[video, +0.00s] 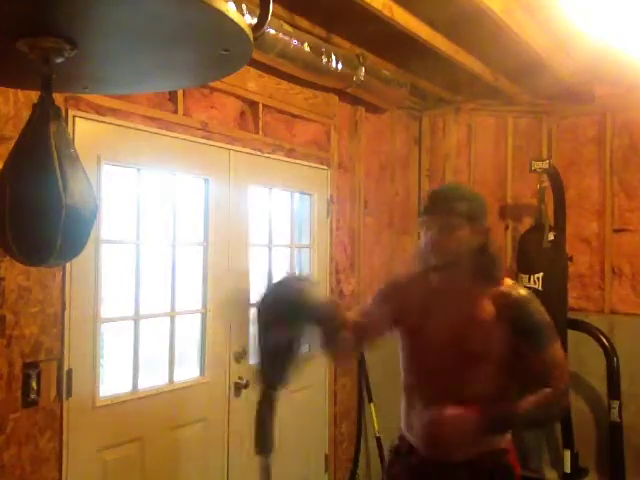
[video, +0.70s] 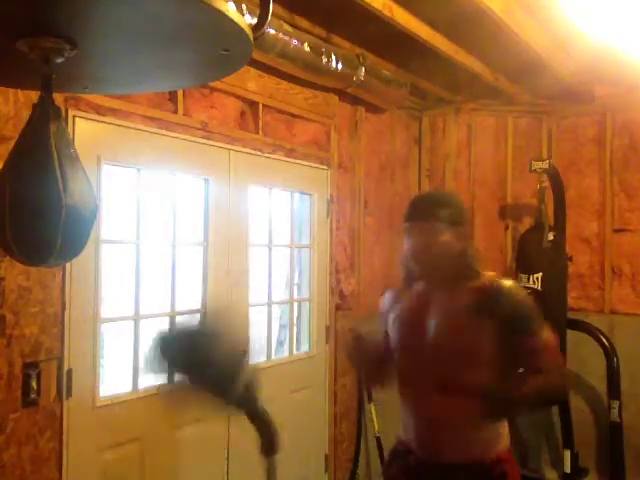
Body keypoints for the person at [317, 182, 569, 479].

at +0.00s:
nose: (432, 240)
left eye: (447, 229)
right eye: (427, 229)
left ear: (480, 233)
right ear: (420, 233)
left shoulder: (514, 305)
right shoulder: (405, 295)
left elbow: (557, 395)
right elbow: (346, 345)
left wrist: (481, 421)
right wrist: (331, 323)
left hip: (487, 461)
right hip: (416, 460)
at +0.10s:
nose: (434, 241)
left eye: (450, 230)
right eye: (429, 229)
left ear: (481, 233)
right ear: (422, 232)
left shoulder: (515, 306)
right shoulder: (403, 292)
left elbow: (556, 395)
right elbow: (343, 332)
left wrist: (491, 402)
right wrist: (334, 305)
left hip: (485, 462)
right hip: (416, 460)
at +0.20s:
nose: (435, 244)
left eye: (449, 233)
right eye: (429, 232)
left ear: (477, 238)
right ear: (420, 236)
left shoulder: (509, 308)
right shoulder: (399, 297)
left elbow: (541, 396)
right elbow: (348, 358)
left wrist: (467, 377)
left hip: (483, 464)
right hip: (412, 462)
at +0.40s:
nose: (404, 245)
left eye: (418, 233)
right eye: (400, 233)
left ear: (449, 236)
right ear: (395, 238)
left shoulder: (474, 291)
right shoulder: (405, 300)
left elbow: (420, 328)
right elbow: (416, 377)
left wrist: (321, 331)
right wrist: (385, 422)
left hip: (475, 463)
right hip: (416, 460)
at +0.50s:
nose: (394, 252)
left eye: (406, 239)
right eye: (393, 240)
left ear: (442, 241)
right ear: (390, 243)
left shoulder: (463, 290)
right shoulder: (411, 304)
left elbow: (412, 342)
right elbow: (433, 384)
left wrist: (316, 346)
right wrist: (392, 414)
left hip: (474, 462)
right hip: (421, 458)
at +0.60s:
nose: (399, 252)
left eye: (413, 240)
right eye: (397, 240)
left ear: (446, 243)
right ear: (392, 245)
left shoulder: (474, 296)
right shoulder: (406, 309)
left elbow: (492, 379)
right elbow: (415, 380)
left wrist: (402, 391)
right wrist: (380, 394)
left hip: (478, 462)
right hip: (421, 458)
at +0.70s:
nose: (414, 247)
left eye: (428, 234)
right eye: (410, 234)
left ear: (460, 237)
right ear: (404, 239)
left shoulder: (501, 299)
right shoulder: (396, 302)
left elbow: (552, 378)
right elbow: (381, 373)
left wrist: (498, 398)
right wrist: (367, 359)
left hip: (483, 464)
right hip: (414, 462)